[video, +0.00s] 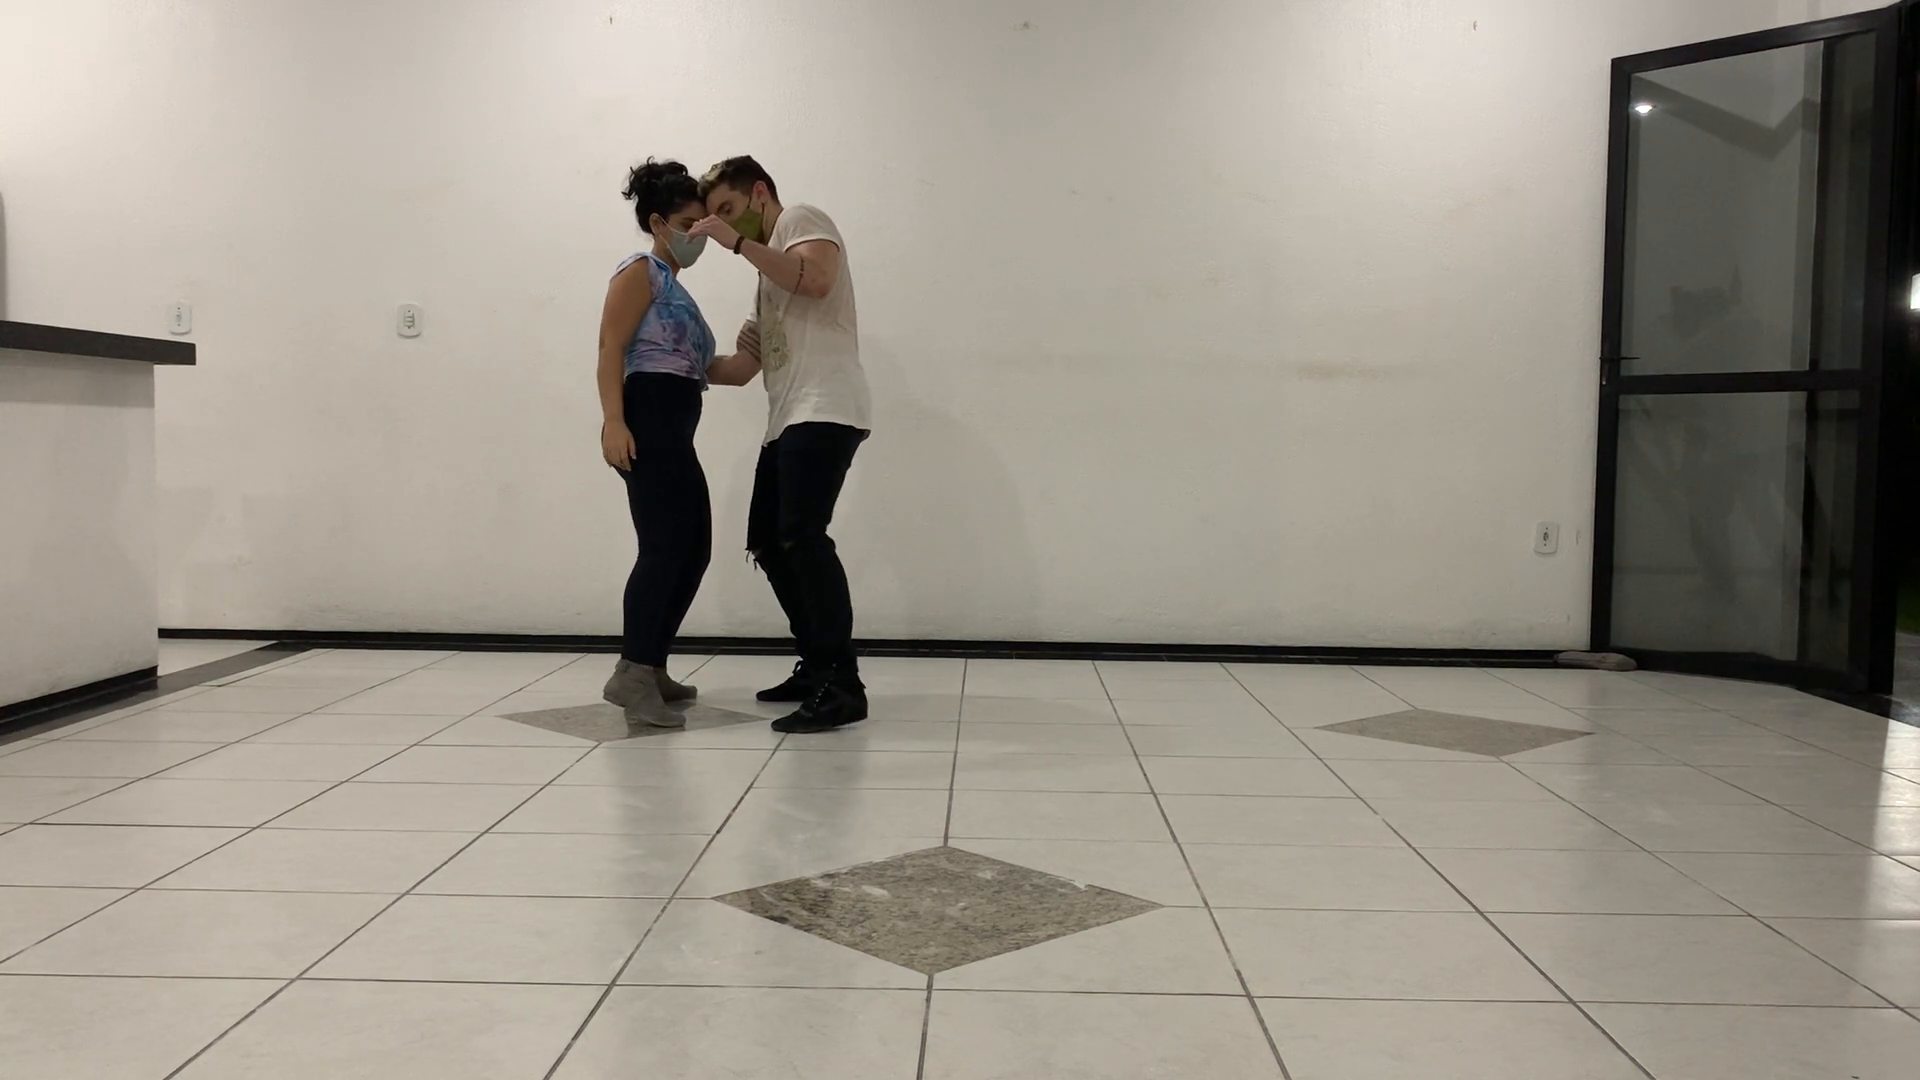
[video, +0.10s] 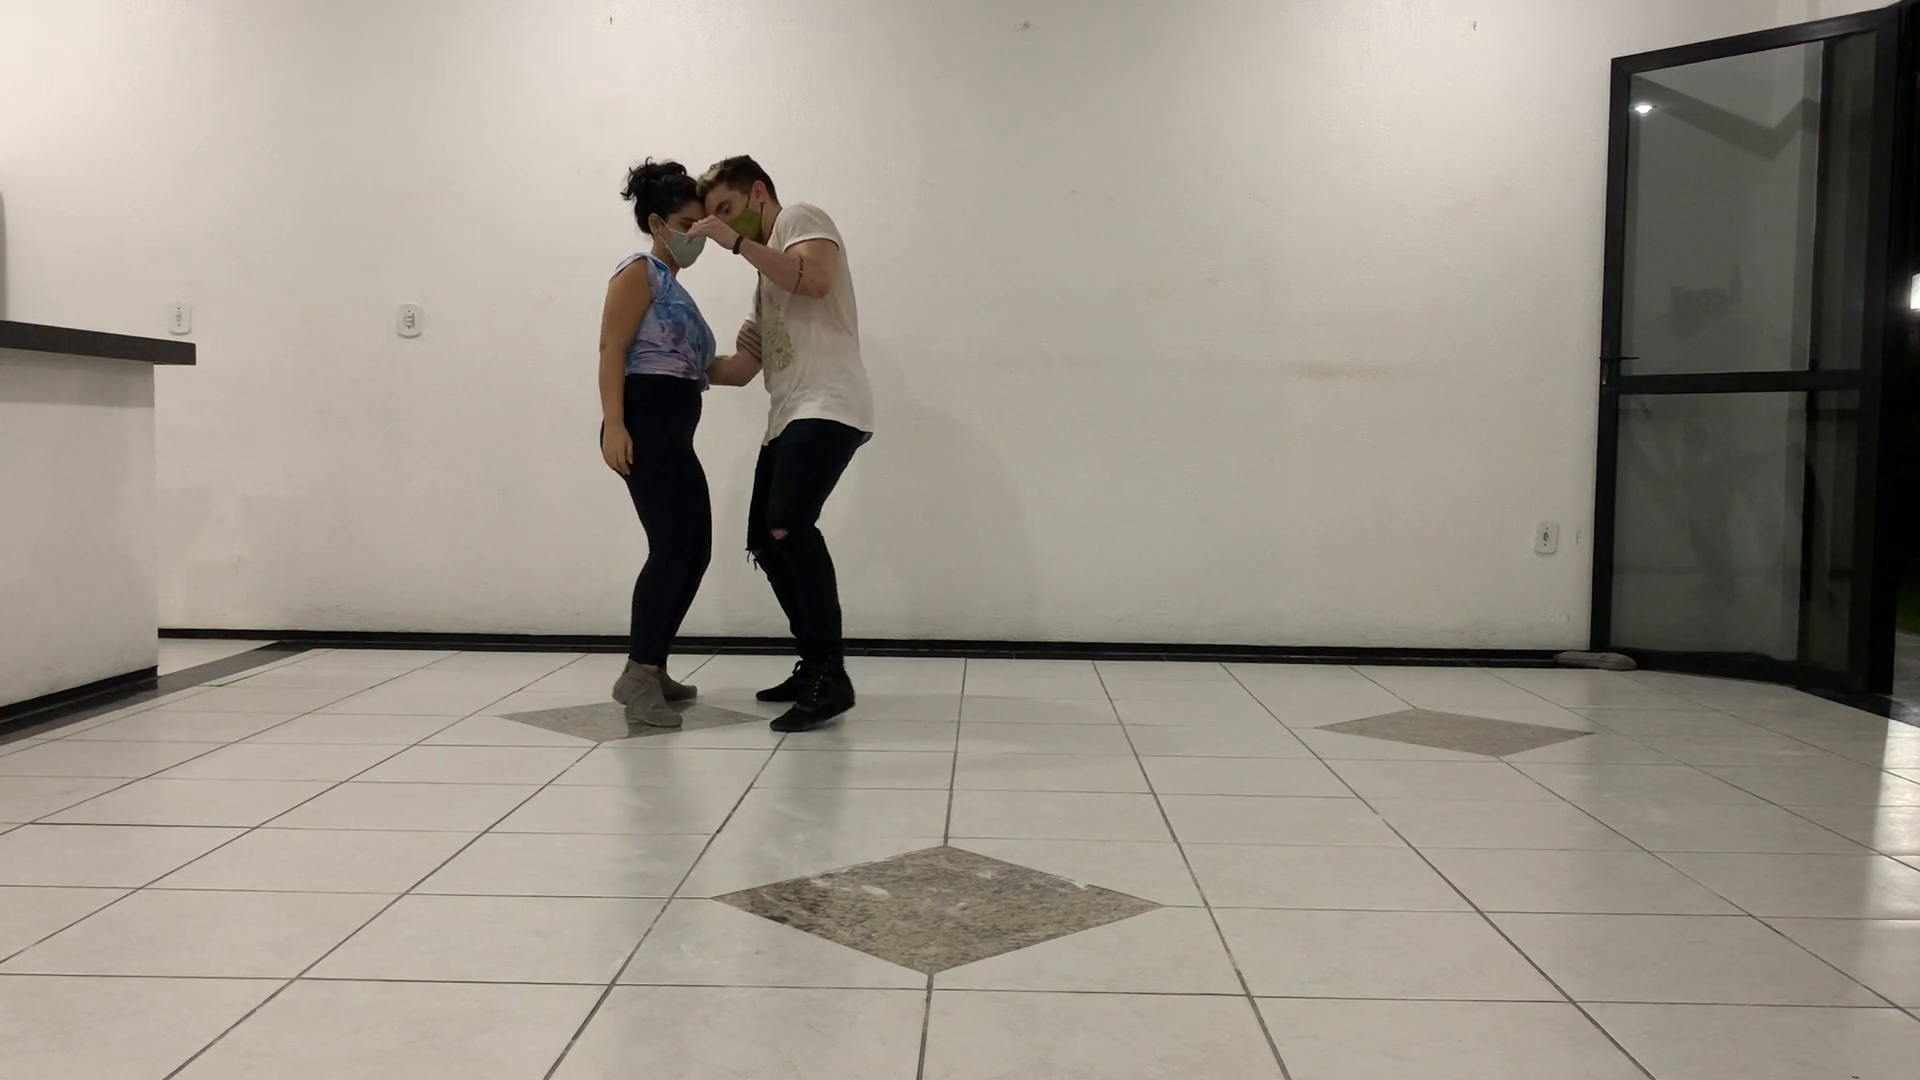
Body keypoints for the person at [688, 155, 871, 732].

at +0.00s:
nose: (726, 228)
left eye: (729, 213)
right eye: (718, 220)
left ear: (762, 193)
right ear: (738, 216)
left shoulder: (803, 219)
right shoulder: (768, 284)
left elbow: (814, 279)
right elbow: (739, 368)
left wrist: (736, 242)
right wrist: (672, 357)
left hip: (826, 408)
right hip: (788, 418)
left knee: (801, 534)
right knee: (767, 540)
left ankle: (842, 687)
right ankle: (817, 668)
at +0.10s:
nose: (723, 227)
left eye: (726, 211)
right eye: (715, 219)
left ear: (760, 193)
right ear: (735, 217)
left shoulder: (803, 218)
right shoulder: (766, 286)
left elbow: (814, 279)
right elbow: (739, 369)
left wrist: (736, 242)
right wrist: (673, 357)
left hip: (829, 402)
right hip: (788, 414)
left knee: (788, 525)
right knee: (765, 537)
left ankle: (831, 678)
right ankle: (813, 666)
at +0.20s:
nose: (723, 228)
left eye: (726, 211)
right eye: (715, 220)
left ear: (759, 193)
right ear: (735, 217)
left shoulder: (803, 218)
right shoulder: (764, 281)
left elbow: (812, 279)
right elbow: (741, 368)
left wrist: (735, 243)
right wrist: (681, 359)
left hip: (830, 402)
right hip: (785, 415)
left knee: (787, 521)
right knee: (765, 539)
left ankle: (812, 675)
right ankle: (817, 666)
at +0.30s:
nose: (722, 229)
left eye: (725, 212)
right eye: (714, 220)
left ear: (759, 193)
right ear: (734, 217)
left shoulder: (802, 219)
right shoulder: (764, 279)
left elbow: (811, 281)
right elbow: (741, 368)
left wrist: (733, 246)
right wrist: (682, 360)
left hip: (831, 407)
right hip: (783, 420)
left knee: (789, 530)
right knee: (765, 543)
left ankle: (788, 683)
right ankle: (821, 671)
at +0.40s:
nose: (722, 227)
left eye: (725, 211)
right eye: (714, 219)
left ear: (758, 193)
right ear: (739, 213)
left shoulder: (802, 218)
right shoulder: (763, 277)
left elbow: (808, 282)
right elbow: (742, 369)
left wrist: (732, 247)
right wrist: (680, 360)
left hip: (832, 410)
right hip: (782, 420)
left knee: (793, 538)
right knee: (765, 543)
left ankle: (775, 681)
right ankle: (820, 669)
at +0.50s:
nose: (722, 227)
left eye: (724, 211)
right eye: (714, 220)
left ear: (757, 192)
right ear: (739, 212)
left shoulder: (802, 218)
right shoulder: (763, 277)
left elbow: (809, 282)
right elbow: (744, 369)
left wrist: (732, 248)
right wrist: (686, 362)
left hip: (833, 411)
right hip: (782, 420)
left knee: (793, 536)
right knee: (765, 543)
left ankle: (778, 683)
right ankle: (820, 671)